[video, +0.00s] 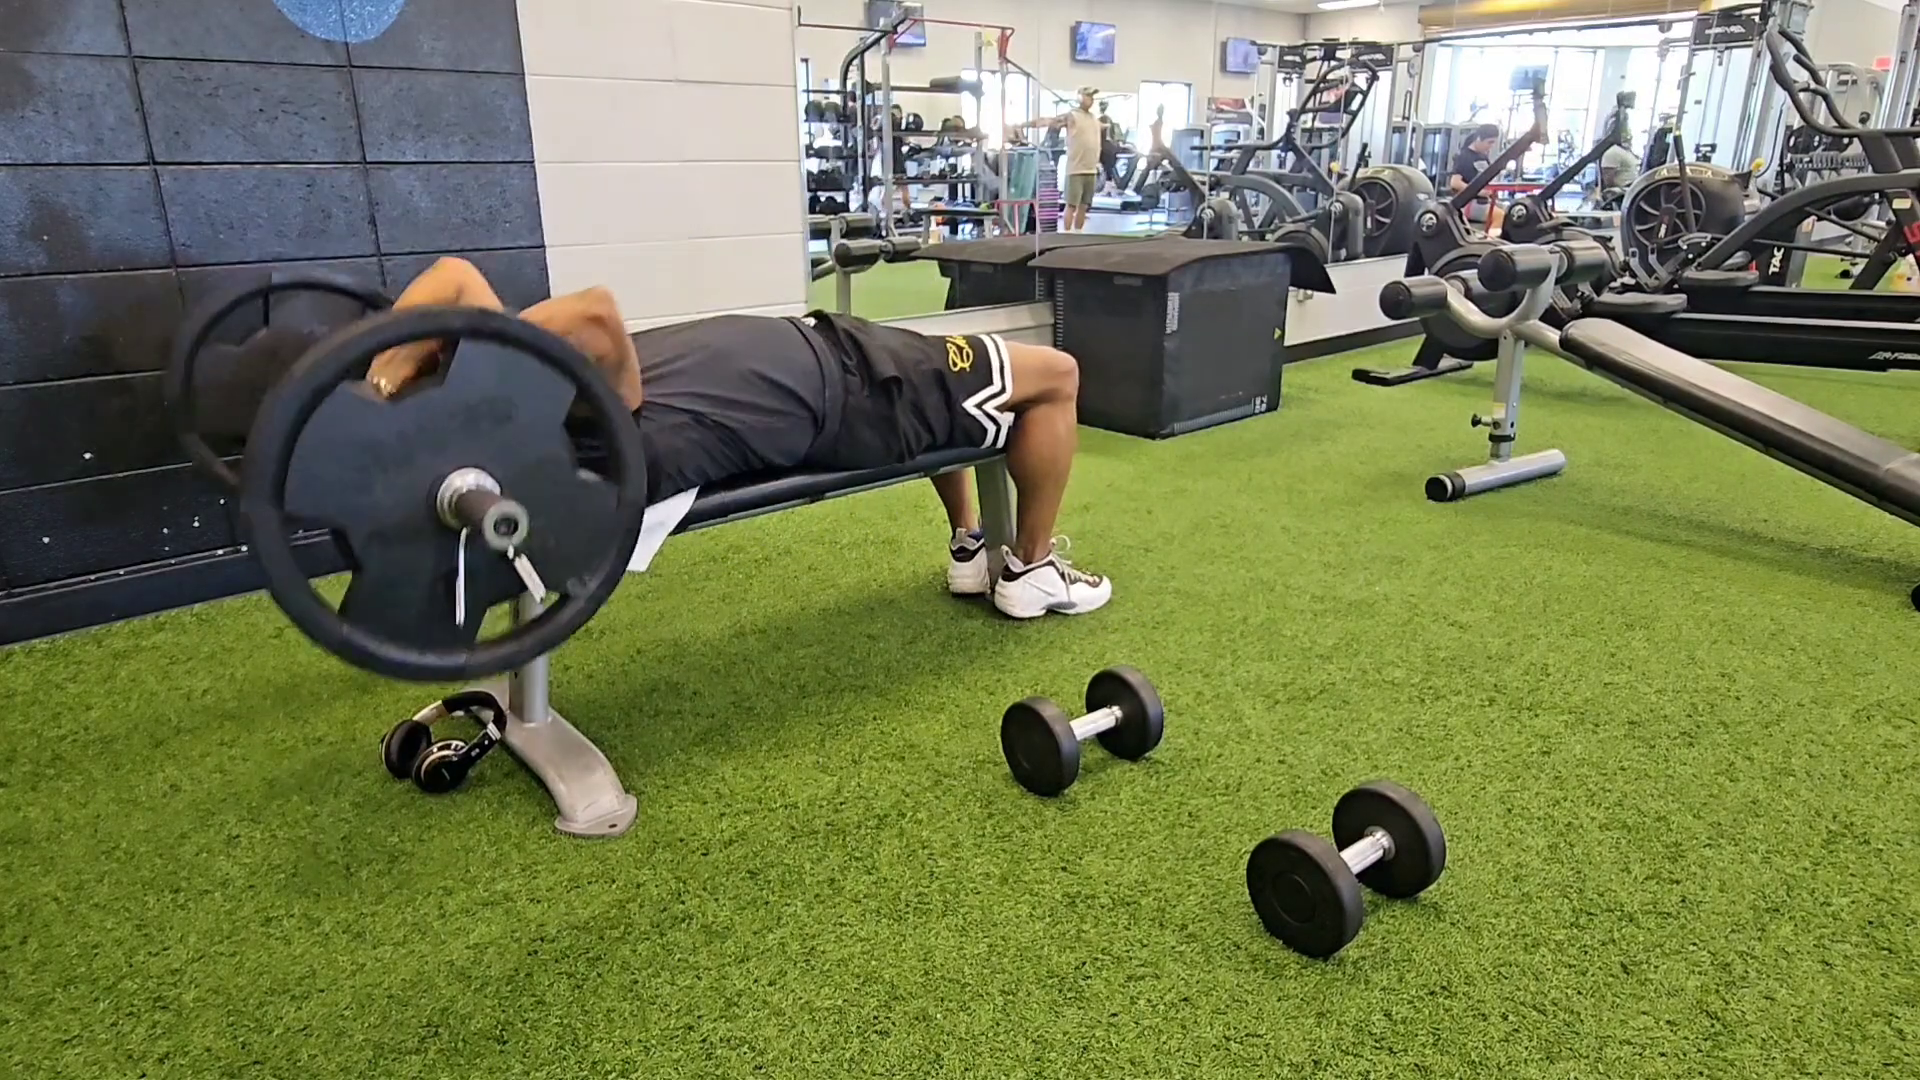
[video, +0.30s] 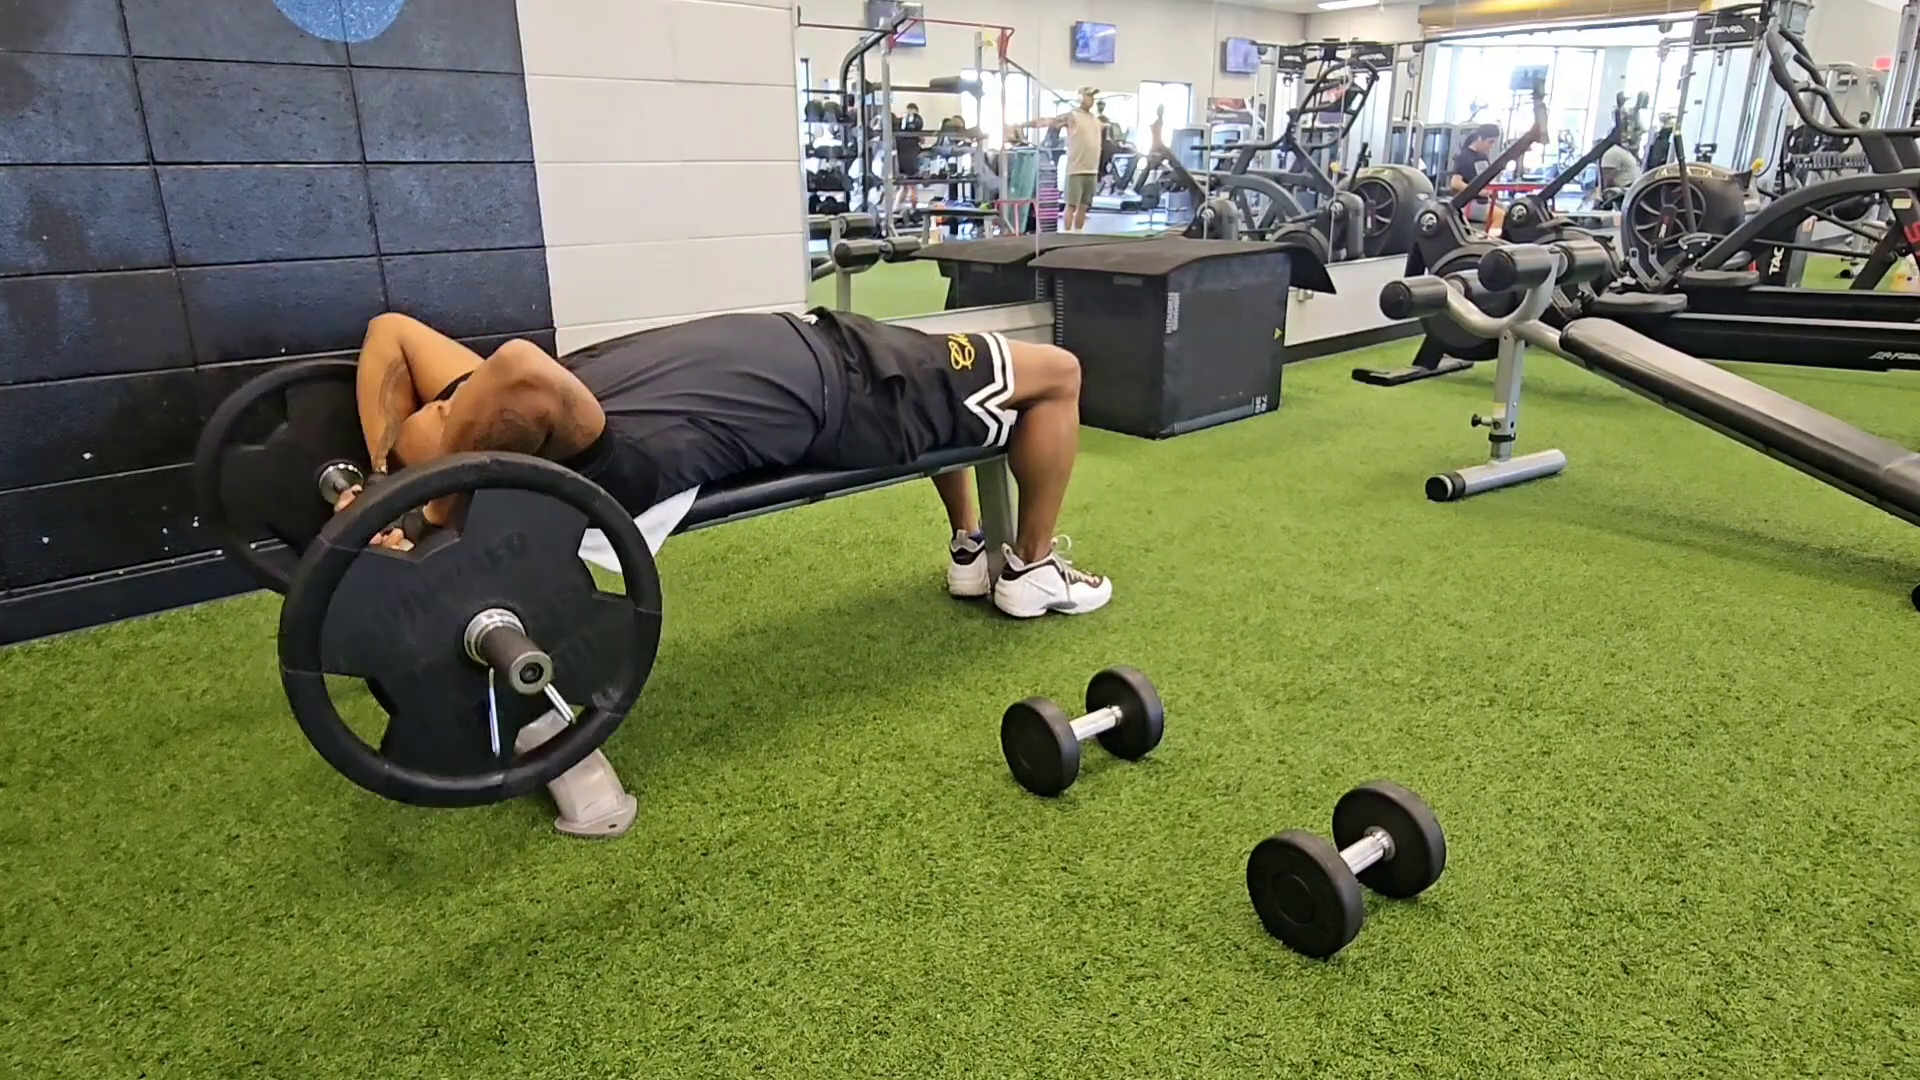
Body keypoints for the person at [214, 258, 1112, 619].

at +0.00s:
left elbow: (454, 271)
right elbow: (595, 313)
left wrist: (387, 378)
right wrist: (465, 365)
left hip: (761, 343)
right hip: (830, 390)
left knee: (927, 361)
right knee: (1056, 374)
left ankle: (977, 540)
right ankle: (1032, 567)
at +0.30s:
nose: (434, 412)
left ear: (390, 502)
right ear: (442, 518)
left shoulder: (449, 440)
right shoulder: (588, 461)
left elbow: (387, 328)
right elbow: (523, 368)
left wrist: (384, 467)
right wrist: (423, 467)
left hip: (780, 341)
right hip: (842, 383)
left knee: (934, 344)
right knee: (1058, 375)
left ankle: (974, 546)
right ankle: (1031, 570)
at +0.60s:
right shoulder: (601, 451)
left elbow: (449, 303)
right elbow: (648, 317)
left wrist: (379, 366)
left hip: (764, 350)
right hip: (823, 388)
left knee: (920, 349)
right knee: (1048, 371)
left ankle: (971, 545)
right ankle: (1038, 568)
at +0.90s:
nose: (479, 383)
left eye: (458, 395)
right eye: (470, 410)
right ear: (507, 475)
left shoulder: (538, 405)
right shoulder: (606, 464)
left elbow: (594, 372)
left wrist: (576, 325)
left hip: (779, 367)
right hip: (837, 422)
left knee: (924, 344)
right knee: (1062, 377)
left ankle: (972, 546)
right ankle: (1038, 576)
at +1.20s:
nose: (486, 382)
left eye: (459, 391)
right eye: (472, 408)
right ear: (504, 472)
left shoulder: (554, 396)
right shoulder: (611, 466)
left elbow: (617, 338)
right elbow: (766, 445)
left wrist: (622, 263)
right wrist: (799, 318)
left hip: (781, 368)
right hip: (840, 415)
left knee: (936, 359)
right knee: (1063, 381)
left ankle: (973, 548)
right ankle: (1034, 574)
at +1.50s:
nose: (481, 382)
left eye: (453, 392)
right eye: (468, 408)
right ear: (506, 472)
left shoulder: (542, 382)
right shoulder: (619, 446)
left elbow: (596, 278)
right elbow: (733, 321)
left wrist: (596, 146)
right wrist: (700, 150)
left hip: (802, 346)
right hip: (842, 392)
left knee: (939, 368)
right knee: (1057, 380)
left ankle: (975, 548)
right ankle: (1034, 575)